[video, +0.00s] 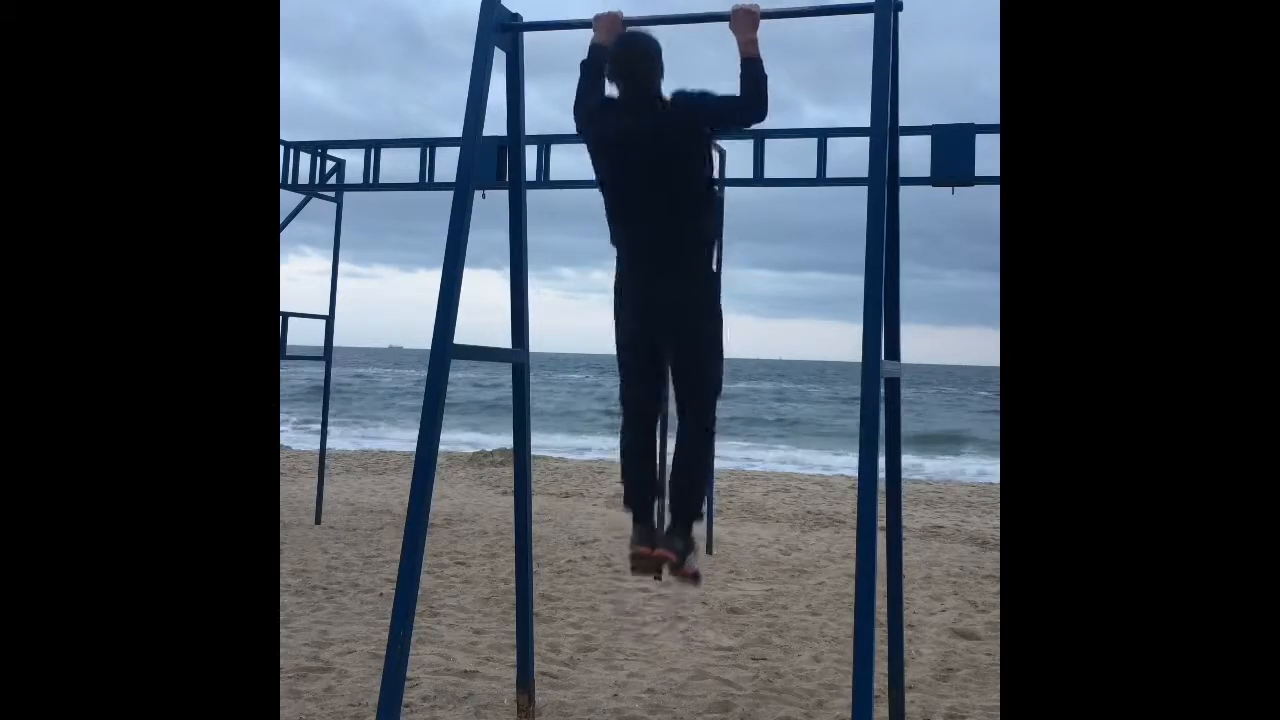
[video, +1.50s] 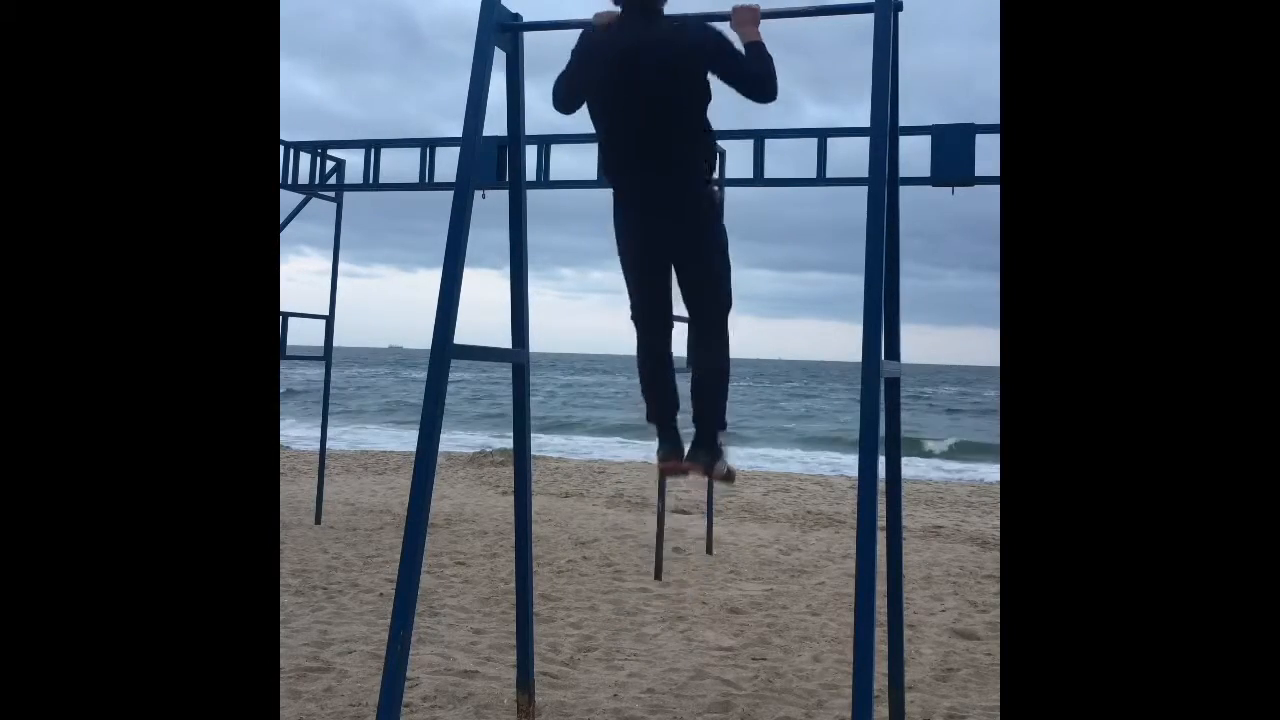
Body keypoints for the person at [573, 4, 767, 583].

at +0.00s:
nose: (640, 75)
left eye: (622, 67)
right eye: (651, 66)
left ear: (613, 75)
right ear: (659, 73)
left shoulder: (600, 125)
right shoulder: (692, 114)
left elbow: (589, 91)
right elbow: (754, 106)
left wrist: (599, 43)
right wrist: (749, 43)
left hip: (634, 288)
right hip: (692, 287)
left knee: (639, 410)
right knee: (696, 413)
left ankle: (642, 531)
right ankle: (678, 538)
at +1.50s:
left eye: (618, 4)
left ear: (618, 3)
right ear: (664, 1)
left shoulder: (599, 41)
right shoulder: (693, 34)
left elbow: (564, 99)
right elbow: (762, 88)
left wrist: (594, 33)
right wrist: (750, 36)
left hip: (634, 206)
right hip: (693, 203)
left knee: (651, 324)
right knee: (710, 321)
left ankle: (668, 445)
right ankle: (706, 448)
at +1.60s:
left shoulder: (602, 37)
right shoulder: (697, 29)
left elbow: (567, 100)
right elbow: (758, 86)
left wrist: (596, 34)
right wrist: (752, 35)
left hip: (636, 202)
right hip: (695, 198)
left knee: (652, 319)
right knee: (711, 315)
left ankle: (671, 435)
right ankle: (711, 436)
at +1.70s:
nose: (619, 15)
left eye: (616, 10)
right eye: (667, 9)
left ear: (620, 11)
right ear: (668, 9)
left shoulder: (602, 53)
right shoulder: (696, 46)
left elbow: (566, 103)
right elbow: (765, 95)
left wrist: (597, 38)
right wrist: (752, 38)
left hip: (638, 222)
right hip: (697, 219)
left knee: (652, 344)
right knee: (709, 340)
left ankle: (671, 461)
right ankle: (707, 462)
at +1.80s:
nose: (657, 45)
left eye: (638, 34)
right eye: (661, 35)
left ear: (622, 46)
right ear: (668, 44)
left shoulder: (603, 94)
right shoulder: (697, 86)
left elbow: (571, 104)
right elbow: (770, 101)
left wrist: (597, 43)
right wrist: (754, 41)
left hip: (639, 261)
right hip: (698, 259)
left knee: (650, 381)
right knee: (707, 381)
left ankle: (662, 503)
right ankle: (700, 504)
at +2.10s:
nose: (684, 125)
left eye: (674, 121)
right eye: (680, 121)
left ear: (631, 136)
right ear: (678, 131)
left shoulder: (621, 169)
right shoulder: (706, 162)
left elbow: (592, 111)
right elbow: (759, 111)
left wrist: (600, 44)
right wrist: (750, 45)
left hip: (648, 339)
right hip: (703, 339)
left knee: (640, 471)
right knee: (695, 477)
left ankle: (631, 603)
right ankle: (668, 605)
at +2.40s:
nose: (669, 105)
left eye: (652, 99)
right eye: (667, 98)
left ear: (621, 115)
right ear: (668, 106)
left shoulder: (611, 154)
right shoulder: (700, 143)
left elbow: (591, 108)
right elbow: (753, 110)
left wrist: (600, 45)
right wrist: (748, 43)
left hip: (640, 317)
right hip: (697, 318)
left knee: (640, 445)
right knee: (696, 451)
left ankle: (636, 573)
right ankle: (675, 583)